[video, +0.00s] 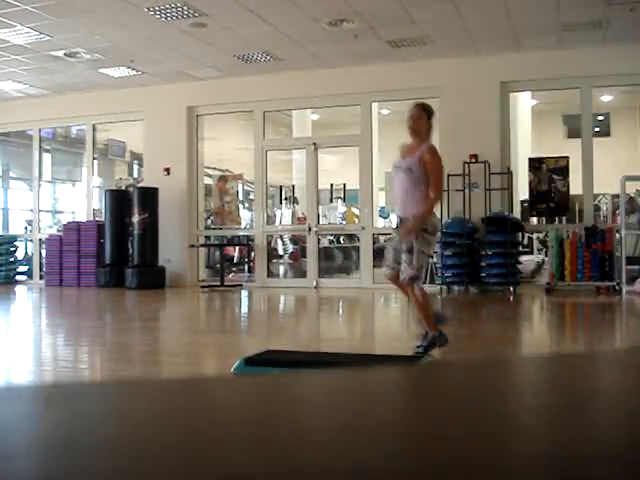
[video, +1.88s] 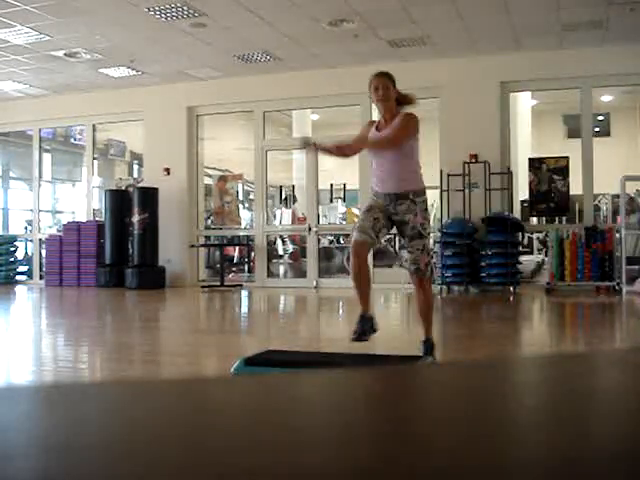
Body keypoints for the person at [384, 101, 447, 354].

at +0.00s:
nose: (411, 121)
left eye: (417, 118)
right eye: (410, 117)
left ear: (428, 122)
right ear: (408, 121)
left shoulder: (429, 153)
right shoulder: (405, 150)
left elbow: (435, 193)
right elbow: (406, 187)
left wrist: (417, 221)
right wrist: (401, 214)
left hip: (421, 220)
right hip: (404, 219)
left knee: (412, 280)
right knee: (393, 274)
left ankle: (432, 331)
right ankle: (432, 316)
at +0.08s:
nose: (401, 115)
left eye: (407, 111)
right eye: (399, 111)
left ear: (417, 115)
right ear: (395, 115)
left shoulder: (418, 146)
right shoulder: (389, 142)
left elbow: (424, 185)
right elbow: (391, 177)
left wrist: (400, 209)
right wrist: (388, 203)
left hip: (409, 212)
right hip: (388, 209)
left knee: (399, 270)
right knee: (376, 265)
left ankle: (418, 319)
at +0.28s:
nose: (378, 138)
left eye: (383, 134)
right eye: (375, 133)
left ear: (391, 137)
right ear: (370, 137)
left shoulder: (399, 171)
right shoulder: (359, 167)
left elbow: (403, 209)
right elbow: (354, 195)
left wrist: (395, 237)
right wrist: (350, 216)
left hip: (382, 234)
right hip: (357, 231)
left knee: (371, 289)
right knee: (349, 287)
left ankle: (372, 331)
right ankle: (346, 333)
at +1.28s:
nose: (370, 121)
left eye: (375, 116)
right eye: (366, 117)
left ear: (382, 122)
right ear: (359, 122)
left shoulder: (394, 156)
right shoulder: (349, 156)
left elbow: (403, 191)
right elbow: (341, 192)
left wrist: (409, 222)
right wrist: (351, 220)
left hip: (390, 225)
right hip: (360, 226)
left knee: (398, 286)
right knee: (360, 289)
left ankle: (391, 328)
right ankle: (359, 339)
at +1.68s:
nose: (388, 119)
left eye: (393, 114)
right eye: (383, 115)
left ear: (402, 118)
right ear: (377, 121)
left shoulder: (417, 156)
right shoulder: (371, 156)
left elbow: (436, 193)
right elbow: (359, 191)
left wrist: (438, 226)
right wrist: (352, 218)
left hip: (410, 232)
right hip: (376, 232)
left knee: (416, 291)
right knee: (370, 293)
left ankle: (423, 347)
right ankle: (367, 338)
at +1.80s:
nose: (386, 105)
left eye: (391, 100)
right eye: (381, 101)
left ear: (401, 103)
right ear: (375, 106)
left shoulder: (414, 135)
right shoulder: (374, 139)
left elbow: (416, 169)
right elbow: (356, 166)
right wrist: (327, 184)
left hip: (410, 213)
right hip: (379, 213)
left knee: (418, 282)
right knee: (360, 270)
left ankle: (424, 343)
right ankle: (372, 317)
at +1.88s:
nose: (379, 93)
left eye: (383, 88)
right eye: (375, 90)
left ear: (394, 91)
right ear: (370, 95)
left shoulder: (408, 119)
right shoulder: (371, 128)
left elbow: (388, 141)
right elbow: (349, 150)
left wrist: (359, 142)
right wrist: (318, 146)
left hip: (411, 201)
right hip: (380, 200)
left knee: (420, 273)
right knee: (358, 247)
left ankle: (428, 340)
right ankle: (366, 315)